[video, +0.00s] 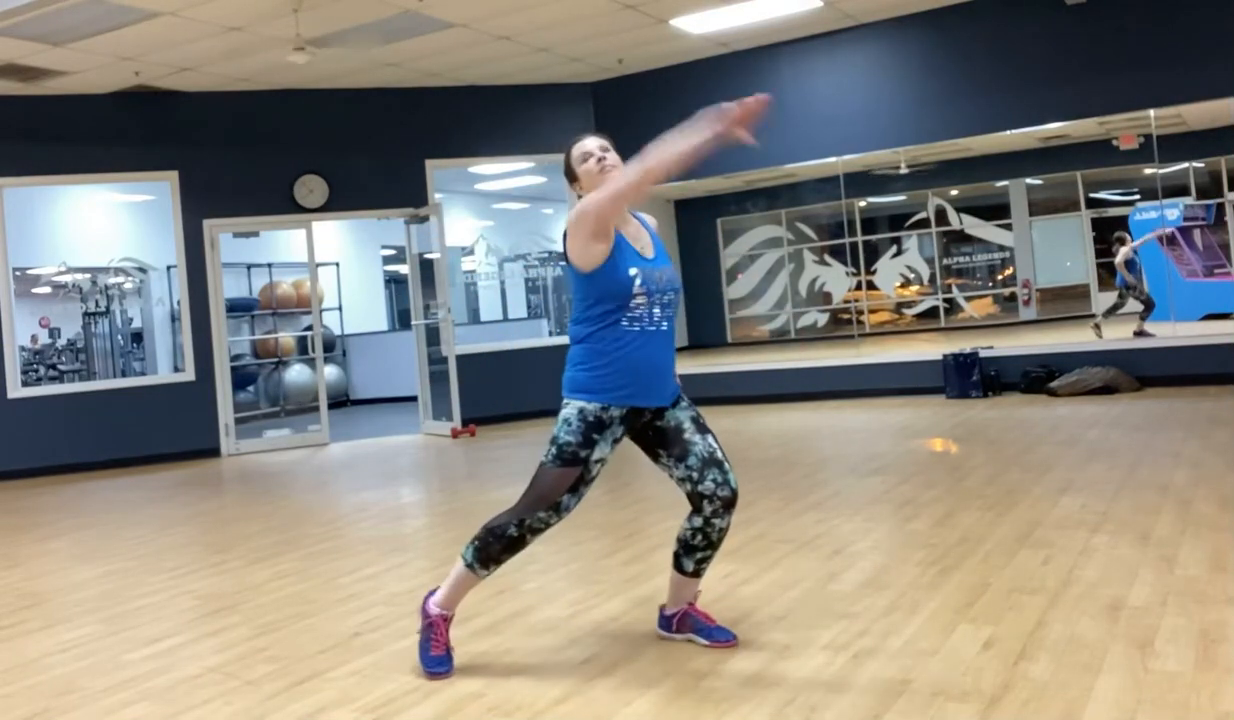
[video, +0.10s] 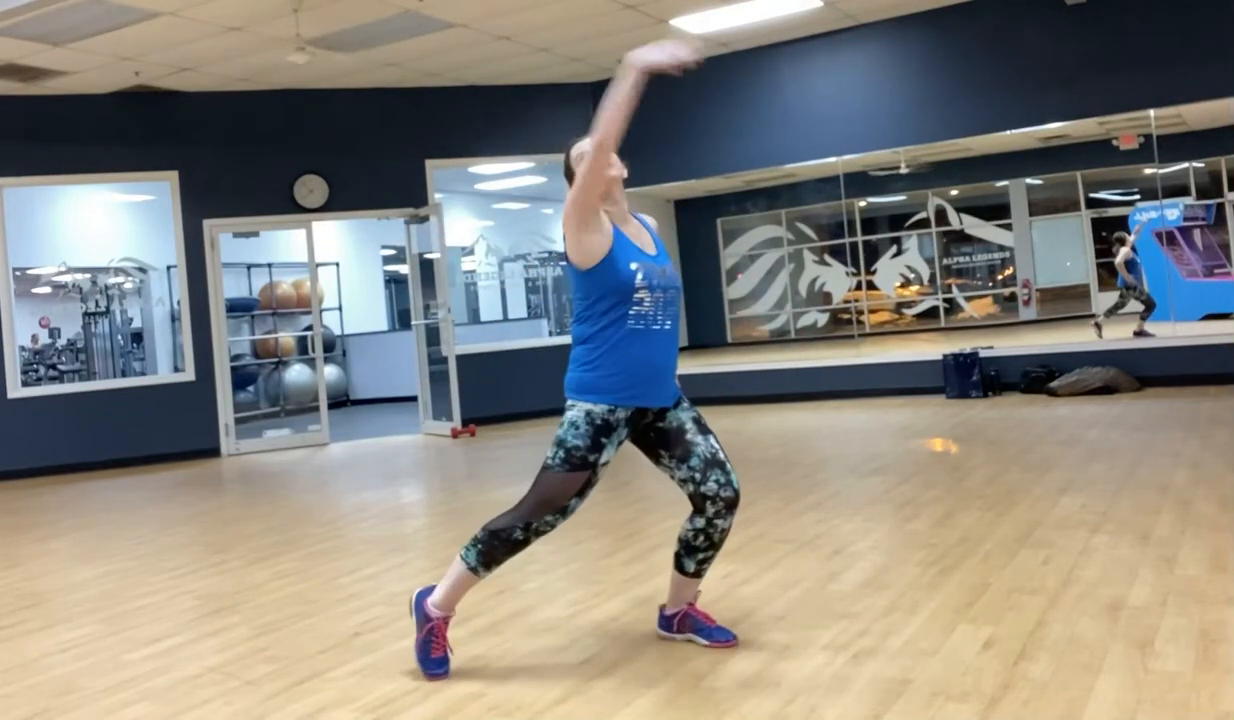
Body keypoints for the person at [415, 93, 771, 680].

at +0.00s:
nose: (601, 157)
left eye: (607, 150)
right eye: (587, 158)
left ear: (623, 164)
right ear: (578, 184)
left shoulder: (645, 224)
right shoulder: (588, 222)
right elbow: (649, 168)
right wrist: (713, 125)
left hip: (659, 395)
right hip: (597, 398)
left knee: (717, 493)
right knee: (539, 510)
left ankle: (679, 609)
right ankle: (440, 608)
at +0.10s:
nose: (613, 152)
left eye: (611, 147)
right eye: (600, 151)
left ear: (621, 165)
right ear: (580, 174)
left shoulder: (646, 227)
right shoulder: (585, 225)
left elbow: (648, 303)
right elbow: (604, 144)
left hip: (659, 398)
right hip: (599, 404)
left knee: (719, 493)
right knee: (545, 509)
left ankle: (680, 610)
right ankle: (436, 607)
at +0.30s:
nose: (594, 158)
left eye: (599, 151)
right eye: (581, 157)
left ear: (619, 165)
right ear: (571, 180)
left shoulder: (647, 226)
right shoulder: (577, 228)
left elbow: (646, 305)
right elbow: (552, 139)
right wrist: (552, 48)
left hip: (660, 400)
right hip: (598, 405)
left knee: (721, 497)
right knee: (538, 517)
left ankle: (679, 609)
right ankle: (435, 606)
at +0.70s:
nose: (581, 164)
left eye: (590, 155)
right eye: (572, 164)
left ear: (617, 170)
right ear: (568, 185)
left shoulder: (647, 231)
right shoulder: (569, 230)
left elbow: (646, 309)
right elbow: (511, 165)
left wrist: (649, 369)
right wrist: (463, 88)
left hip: (656, 400)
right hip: (593, 405)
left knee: (719, 498)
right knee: (536, 510)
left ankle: (679, 610)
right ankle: (431, 607)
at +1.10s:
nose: (577, 173)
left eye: (585, 162)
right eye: (568, 170)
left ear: (615, 169)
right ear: (567, 185)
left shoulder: (648, 232)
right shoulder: (562, 232)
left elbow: (658, 308)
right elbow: (476, 209)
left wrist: (660, 362)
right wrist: (403, 170)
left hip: (654, 400)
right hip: (589, 404)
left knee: (718, 498)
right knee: (529, 511)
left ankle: (679, 610)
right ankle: (430, 610)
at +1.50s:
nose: (572, 188)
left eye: (580, 175)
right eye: (563, 180)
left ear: (607, 169)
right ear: (556, 181)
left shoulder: (654, 221)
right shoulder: (551, 223)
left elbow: (716, 263)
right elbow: (470, 203)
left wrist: (712, 326)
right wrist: (399, 166)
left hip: (650, 389)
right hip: (571, 392)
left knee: (704, 495)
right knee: (524, 504)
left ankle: (678, 610)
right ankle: (460, 623)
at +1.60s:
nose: (567, 185)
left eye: (575, 172)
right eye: (558, 176)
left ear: (602, 161)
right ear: (552, 173)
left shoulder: (653, 208)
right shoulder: (547, 217)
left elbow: (730, 237)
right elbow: (468, 202)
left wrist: (753, 305)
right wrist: (396, 169)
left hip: (647, 379)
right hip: (569, 382)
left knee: (697, 489)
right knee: (518, 494)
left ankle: (678, 610)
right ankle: (476, 620)